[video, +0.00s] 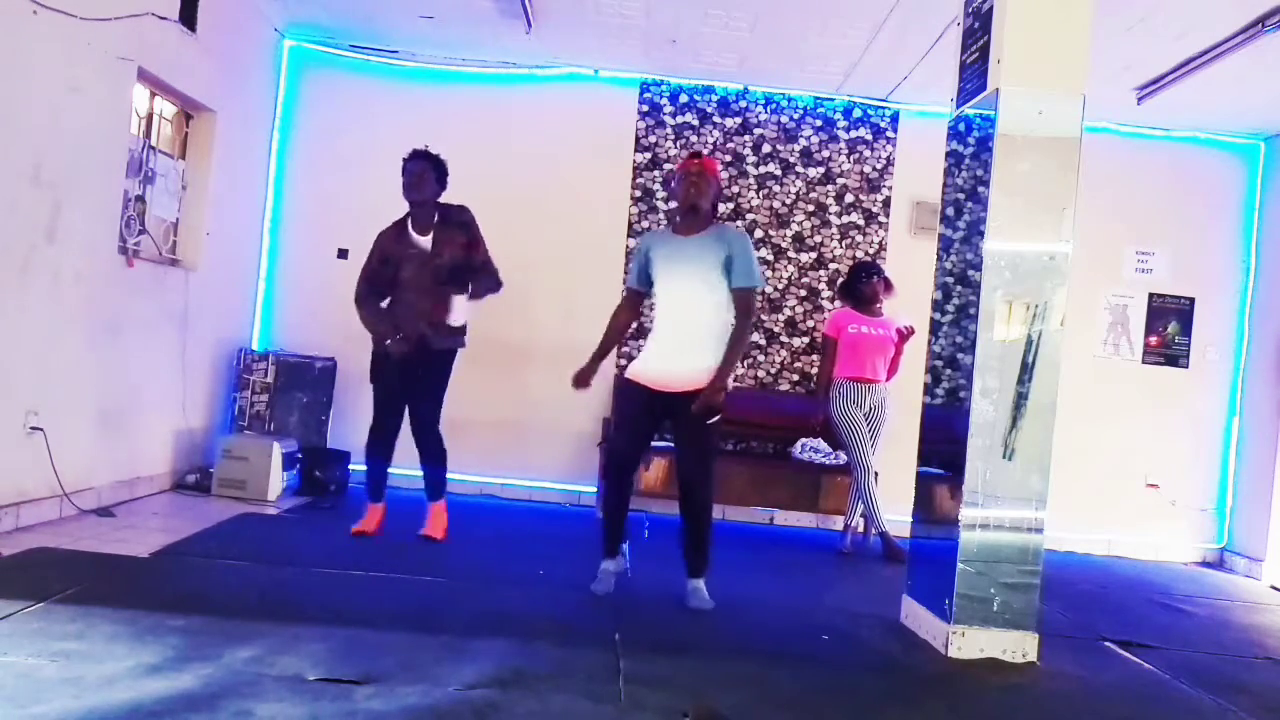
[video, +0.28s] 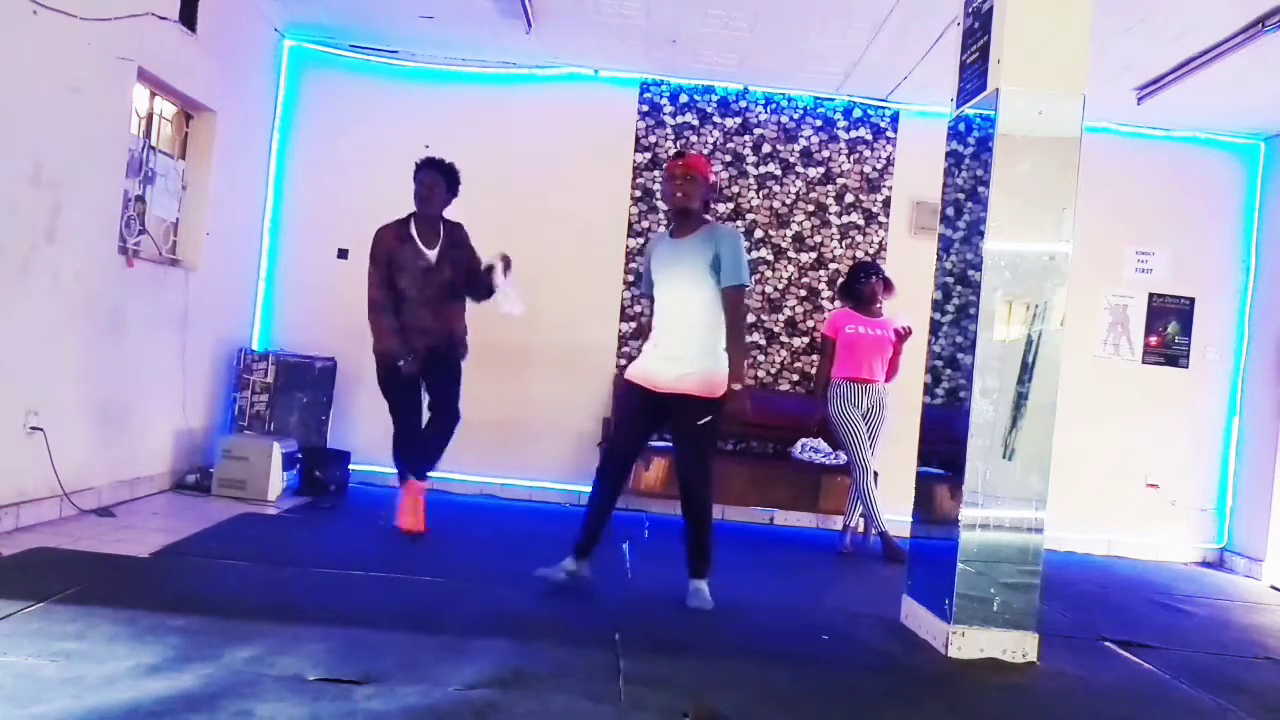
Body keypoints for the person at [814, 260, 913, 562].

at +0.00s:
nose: (879, 300)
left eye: (882, 294)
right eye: (872, 294)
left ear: (886, 291)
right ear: (856, 291)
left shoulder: (890, 327)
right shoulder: (840, 317)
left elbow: (888, 374)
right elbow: (827, 364)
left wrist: (900, 347)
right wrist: (822, 403)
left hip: (877, 397)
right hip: (845, 393)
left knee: (865, 466)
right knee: (864, 464)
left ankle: (848, 532)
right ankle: (884, 534)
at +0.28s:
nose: (878, 296)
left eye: (882, 289)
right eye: (871, 289)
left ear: (886, 290)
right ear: (856, 290)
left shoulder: (889, 327)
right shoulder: (839, 318)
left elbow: (889, 376)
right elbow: (825, 364)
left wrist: (898, 348)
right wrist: (820, 403)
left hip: (876, 397)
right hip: (843, 393)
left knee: (864, 465)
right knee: (862, 462)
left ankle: (847, 532)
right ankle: (883, 534)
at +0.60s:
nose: (878, 294)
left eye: (881, 287)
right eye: (870, 286)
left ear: (885, 290)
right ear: (855, 289)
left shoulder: (889, 327)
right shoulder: (838, 318)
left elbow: (889, 376)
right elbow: (825, 363)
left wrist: (898, 348)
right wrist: (818, 403)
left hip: (876, 397)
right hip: (843, 393)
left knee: (864, 464)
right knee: (861, 462)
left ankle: (847, 531)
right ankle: (883, 534)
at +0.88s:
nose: (877, 290)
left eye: (880, 284)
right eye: (869, 283)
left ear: (885, 289)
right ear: (856, 289)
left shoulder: (890, 327)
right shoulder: (838, 318)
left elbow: (889, 376)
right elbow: (825, 364)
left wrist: (898, 348)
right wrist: (818, 404)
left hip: (876, 397)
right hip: (843, 393)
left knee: (864, 465)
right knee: (862, 464)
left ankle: (847, 532)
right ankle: (882, 535)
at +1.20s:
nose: (876, 283)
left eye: (879, 278)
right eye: (869, 278)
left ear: (885, 287)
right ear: (856, 287)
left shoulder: (891, 327)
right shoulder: (840, 317)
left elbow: (889, 376)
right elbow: (826, 364)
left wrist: (900, 349)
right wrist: (818, 404)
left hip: (876, 397)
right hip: (844, 393)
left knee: (864, 465)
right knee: (862, 463)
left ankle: (847, 532)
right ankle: (882, 535)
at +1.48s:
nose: (878, 284)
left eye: (881, 279)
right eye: (870, 279)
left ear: (887, 287)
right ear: (858, 287)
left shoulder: (892, 326)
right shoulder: (841, 317)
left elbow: (890, 377)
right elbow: (827, 365)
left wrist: (901, 348)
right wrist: (819, 405)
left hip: (877, 397)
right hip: (845, 393)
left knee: (865, 465)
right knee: (861, 463)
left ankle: (847, 531)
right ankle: (882, 536)